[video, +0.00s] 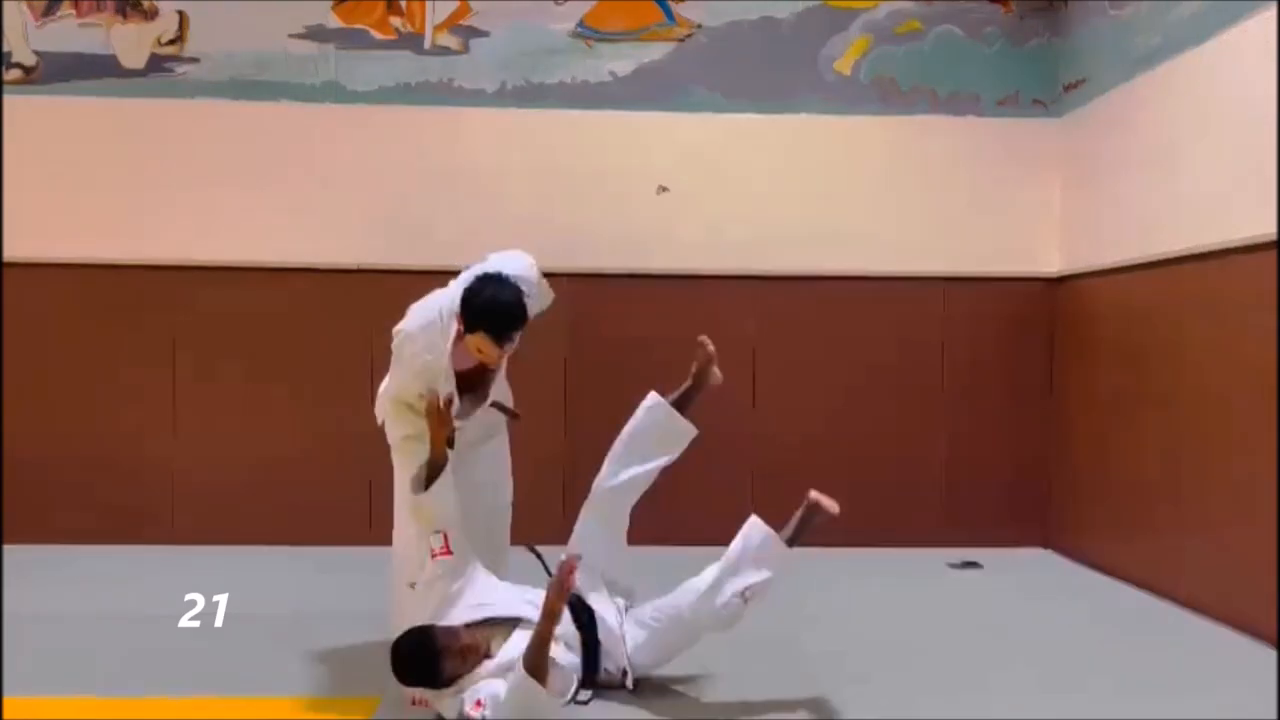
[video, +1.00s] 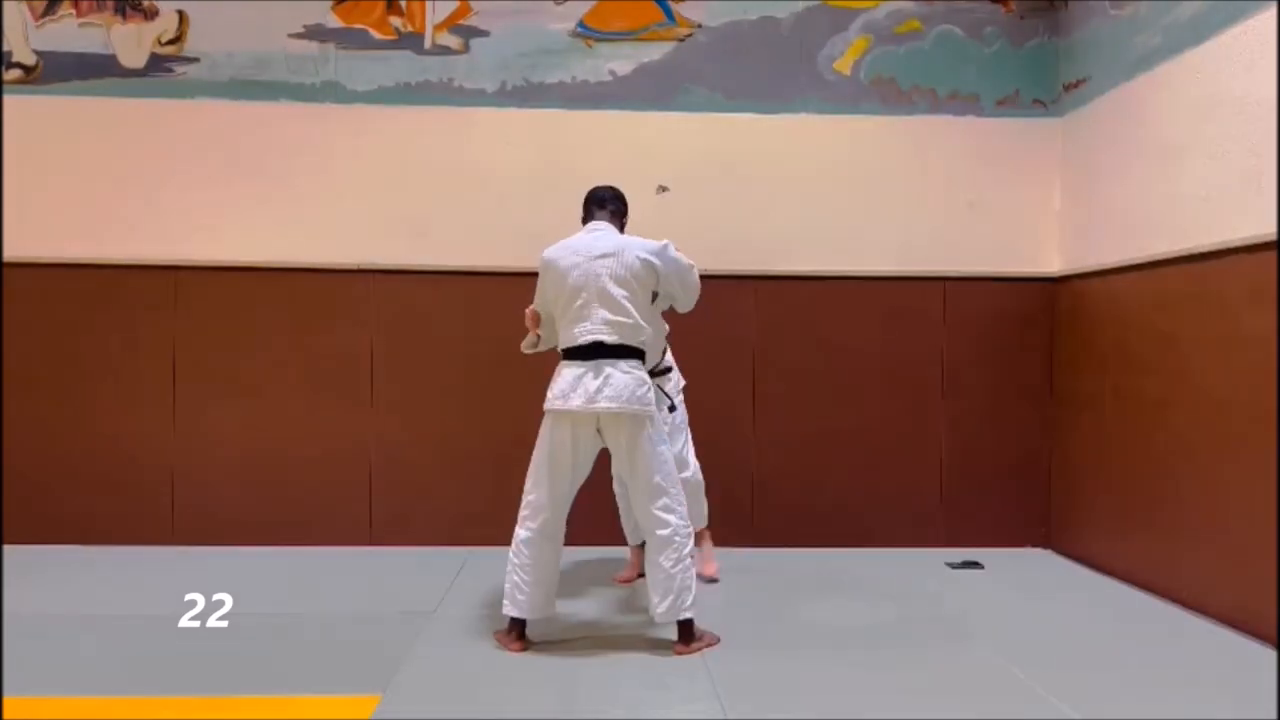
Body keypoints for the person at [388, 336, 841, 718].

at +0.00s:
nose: (471, 642)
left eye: (459, 636)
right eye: (459, 656)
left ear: (448, 625)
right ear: (453, 678)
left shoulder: (469, 597)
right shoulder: (482, 694)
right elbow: (529, 679)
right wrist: (551, 613)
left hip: (588, 591)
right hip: (622, 649)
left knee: (607, 494)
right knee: (711, 595)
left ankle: (693, 389)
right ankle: (800, 522)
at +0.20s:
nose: (458, 655)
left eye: (447, 643)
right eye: (444, 665)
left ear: (443, 624)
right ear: (435, 683)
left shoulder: (475, 593)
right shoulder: (470, 700)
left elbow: (466, 521)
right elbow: (491, 717)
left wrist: (464, 459)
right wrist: (449, 708)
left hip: (620, 619)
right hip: (619, 682)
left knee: (624, 548)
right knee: (647, 710)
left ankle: (738, 488)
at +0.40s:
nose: (451, 653)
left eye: (440, 640)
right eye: (436, 665)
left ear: (438, 622)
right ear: (428, 681)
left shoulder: (473, 596)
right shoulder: (467, 702)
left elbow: (482, 522)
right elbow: (497, 717)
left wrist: (472, 449)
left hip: (618, 619)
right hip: (622, 679)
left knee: (609, 559)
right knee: (630, 712)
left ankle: (727, 499)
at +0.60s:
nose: (438, 642)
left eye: (427, 633)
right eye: (425, 655)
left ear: (432, 620)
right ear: (424, 674)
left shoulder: (472, 599)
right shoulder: (459, 696)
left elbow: (483, 528)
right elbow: (506, 719)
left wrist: (482, 443)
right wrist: (571, 718)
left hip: (610, 617)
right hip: (616, 682)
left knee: (592, 506)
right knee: (654, 713)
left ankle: (706, 417)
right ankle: (785, 663)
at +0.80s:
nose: (631, 229)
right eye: (631, 223)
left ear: (581, 217)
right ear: (626, 219)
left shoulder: (551, 256)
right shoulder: (647, 253)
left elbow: (543, 318)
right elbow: (695, 296)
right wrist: (647, 275)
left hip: (567, 390)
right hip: (628, 391)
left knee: (540, 504)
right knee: (661, 505)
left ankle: (516, 625)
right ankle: (683, 628)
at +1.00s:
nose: (616, 222)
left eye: (601, 214)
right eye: (622, 217)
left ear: (582, 216)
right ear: (625, 218)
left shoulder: (554, 257)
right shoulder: (648, 252)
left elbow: (546, 328)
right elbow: (686, 294)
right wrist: (645, 285)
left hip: (570, 388)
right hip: (630, 389)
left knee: (541, 505)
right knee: (661, 505)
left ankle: (517, 625)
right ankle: (684, 628)